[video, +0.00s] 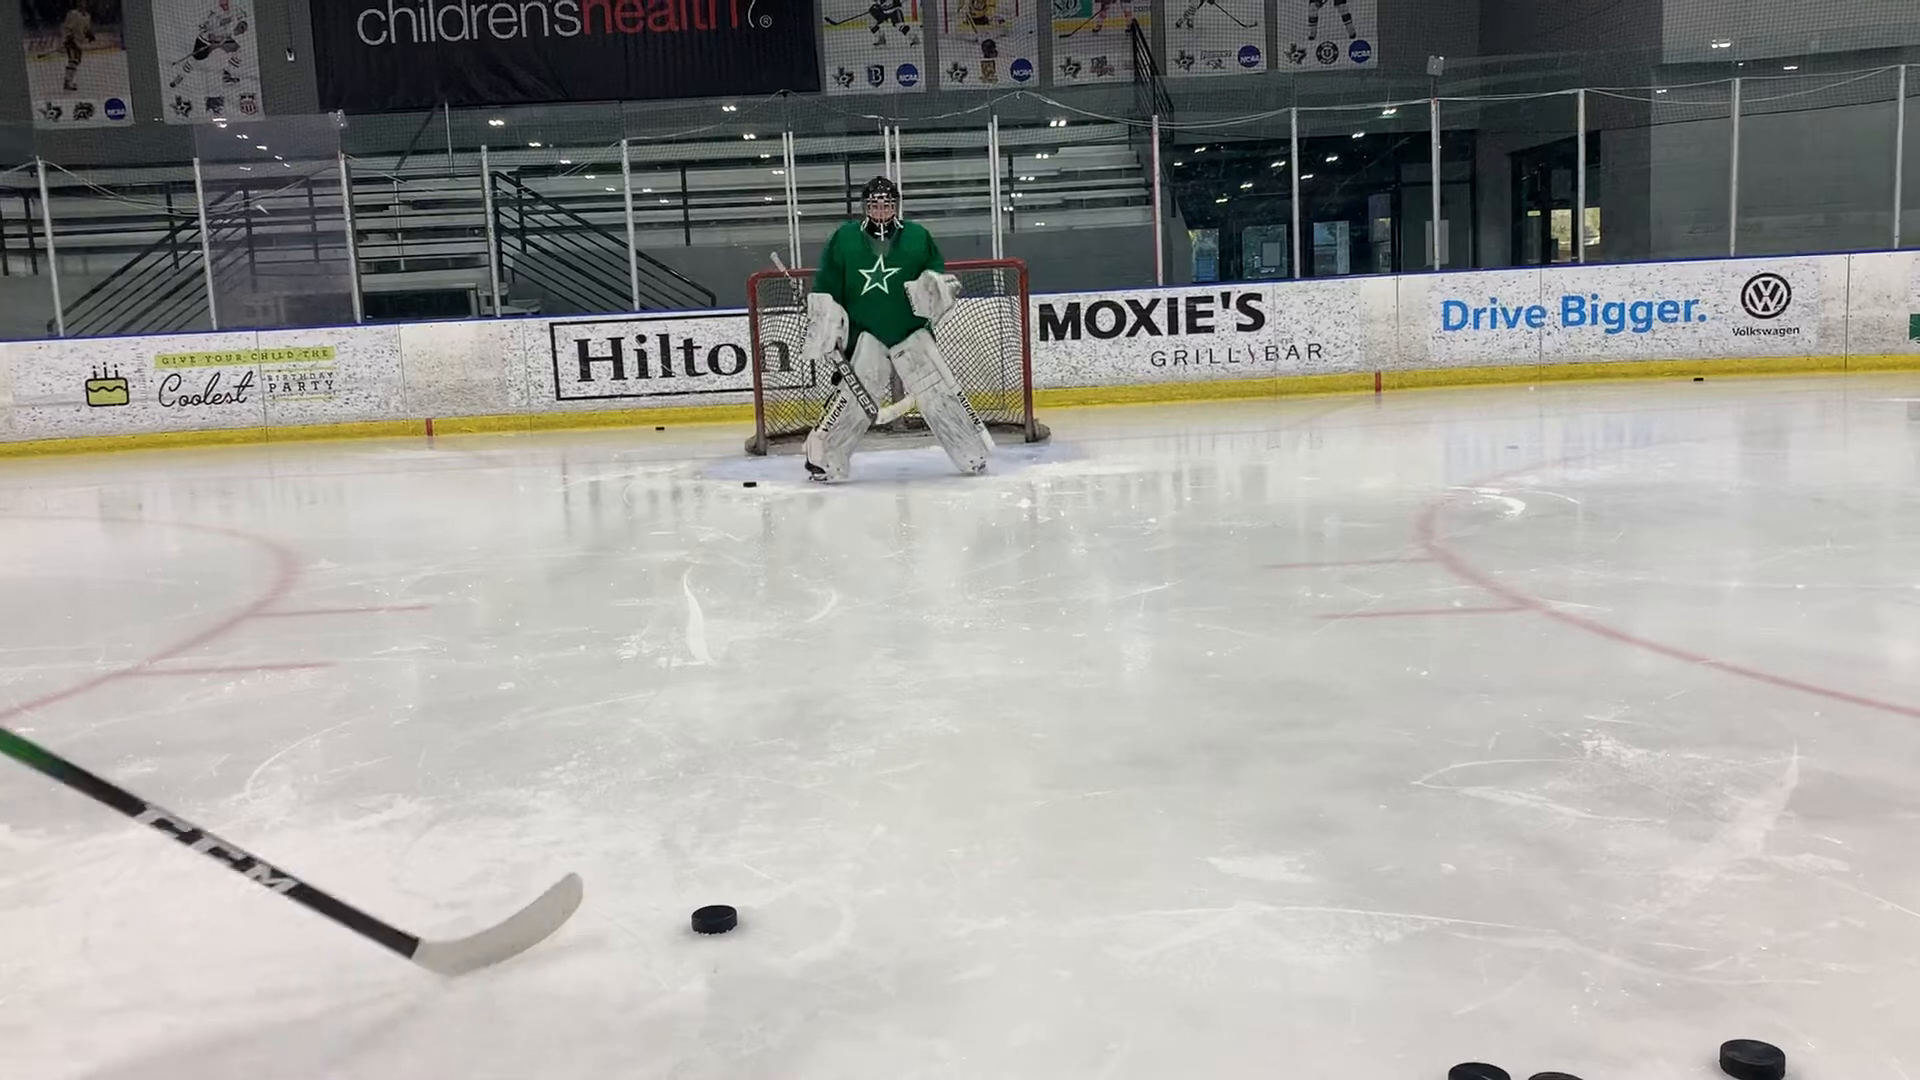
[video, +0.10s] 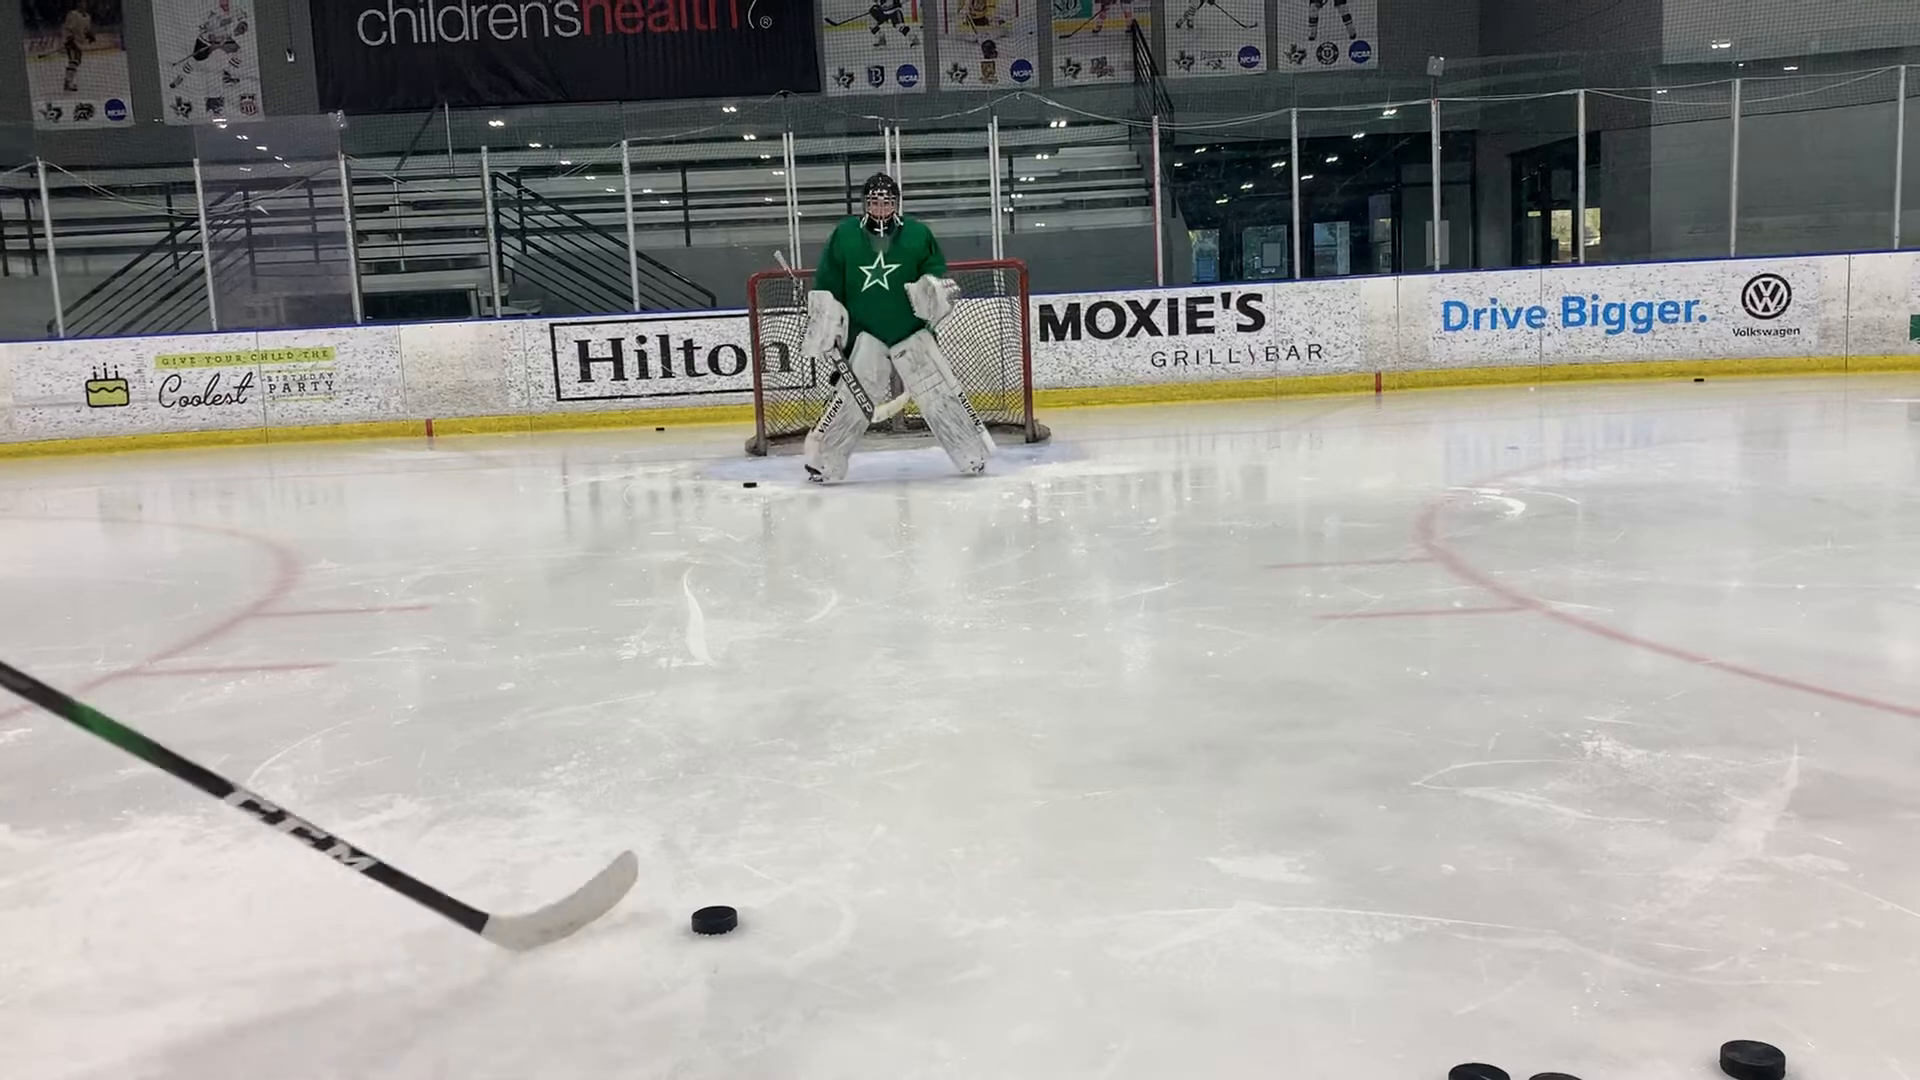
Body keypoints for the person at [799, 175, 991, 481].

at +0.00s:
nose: (881, 208)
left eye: (886, 202)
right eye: (875, 203)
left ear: (896, 205)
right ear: (865, 206)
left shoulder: (916, 235)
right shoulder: (846, 237)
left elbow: (938, 276)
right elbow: (827, 285)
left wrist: (931, 292)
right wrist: (826, 329)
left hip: (911, 330)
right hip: (865, 333)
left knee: (938, 393)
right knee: (854, 399)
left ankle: (972, 456)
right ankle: (825, 461)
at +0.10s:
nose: (880, 207)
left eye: (886, 201)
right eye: (875, 201)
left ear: (897, 203)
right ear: (865, 203)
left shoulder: (917, 233)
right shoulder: (846, 234)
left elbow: (937, 272)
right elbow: (827, 283)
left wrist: (931, 294)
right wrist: (827, 329)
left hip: (912, 332)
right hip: (864, 334)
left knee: (939, 395)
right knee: (851, 400)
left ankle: (971, 456)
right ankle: (825, 465)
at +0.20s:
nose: (880, 202)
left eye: (886, 196)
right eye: (875, 196)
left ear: (896, 199)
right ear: (865, 199)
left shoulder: (917, 229)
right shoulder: (846, 231)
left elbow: (938, 272)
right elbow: (828, 280)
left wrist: (932, 300)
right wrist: (828, 326)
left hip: (912, 329)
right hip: (865, 332)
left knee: (940, 394)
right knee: (848, 400)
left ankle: (972, 457)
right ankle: (822, 466)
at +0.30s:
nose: (881, 198)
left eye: (887, 193)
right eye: (876, 193)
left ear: (897, 196)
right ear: (865, 196)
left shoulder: (918, 226)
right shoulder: (847, 229)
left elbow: (938, 271)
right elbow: (828, 279)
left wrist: (935, 303)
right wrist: (828, 324)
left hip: (913, 329)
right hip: (866, 332)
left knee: (941, 394)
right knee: (848, 400)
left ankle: (974, 457)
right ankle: (822, 467)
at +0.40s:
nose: (882, 196)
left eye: (887, 190)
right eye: (876, 190)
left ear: (898, 193)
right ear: (866, 194)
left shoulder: (918, 225)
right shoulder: (847, 228)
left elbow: (940, 271)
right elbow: (828, 279)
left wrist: (936, 301)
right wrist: (827, 323)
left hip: (915, 330)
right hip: (867, 333)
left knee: (944, 395)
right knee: (846, 402)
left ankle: (974, 459)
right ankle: (821, 469)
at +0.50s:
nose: (882, 196)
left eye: (888, 190)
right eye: (877, 190)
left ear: (898, 193)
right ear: (867, 194)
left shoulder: (919, 225)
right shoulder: (848, 228)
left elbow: (940, 271)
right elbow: (829, 279)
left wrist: (937, 302)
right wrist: (827, 323)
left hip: (915, 329)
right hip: (867, 332)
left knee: (942, 396)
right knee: (846, 402)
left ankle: (971, 459)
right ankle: (821, 469)